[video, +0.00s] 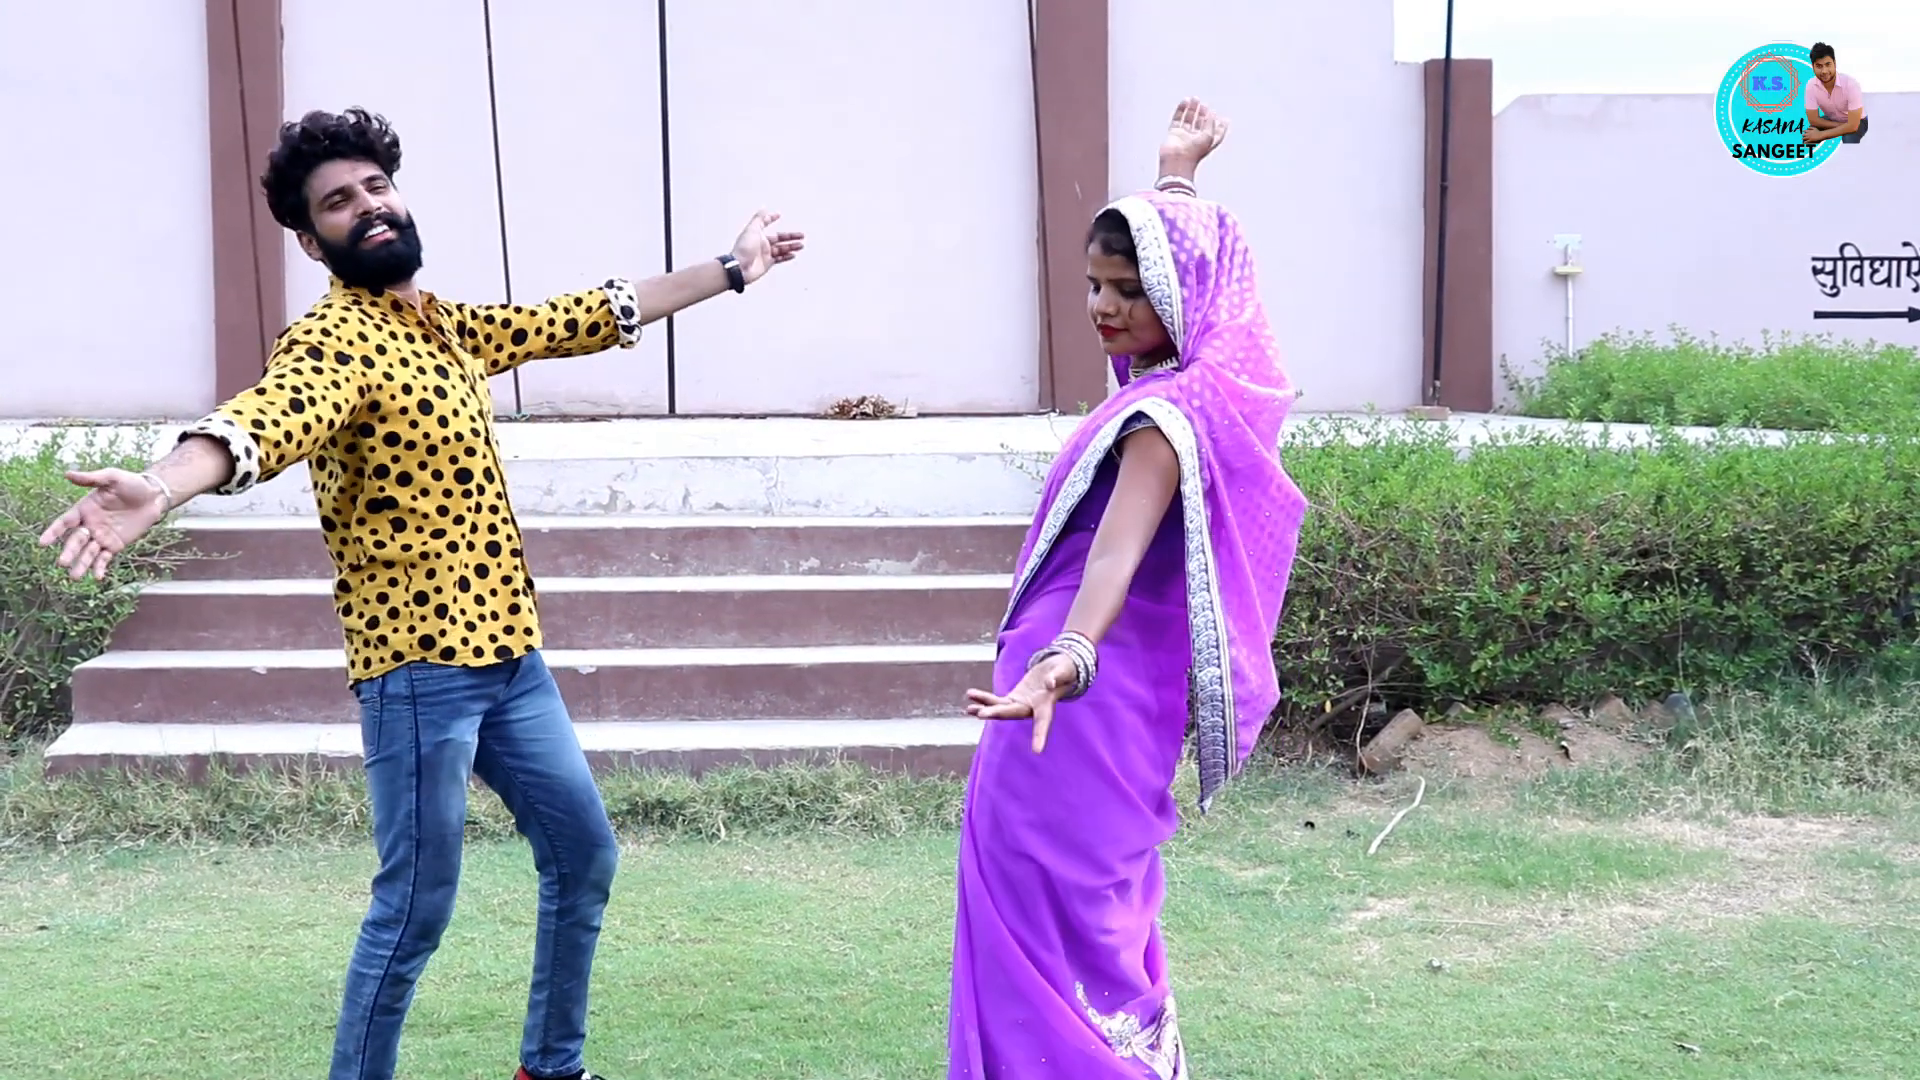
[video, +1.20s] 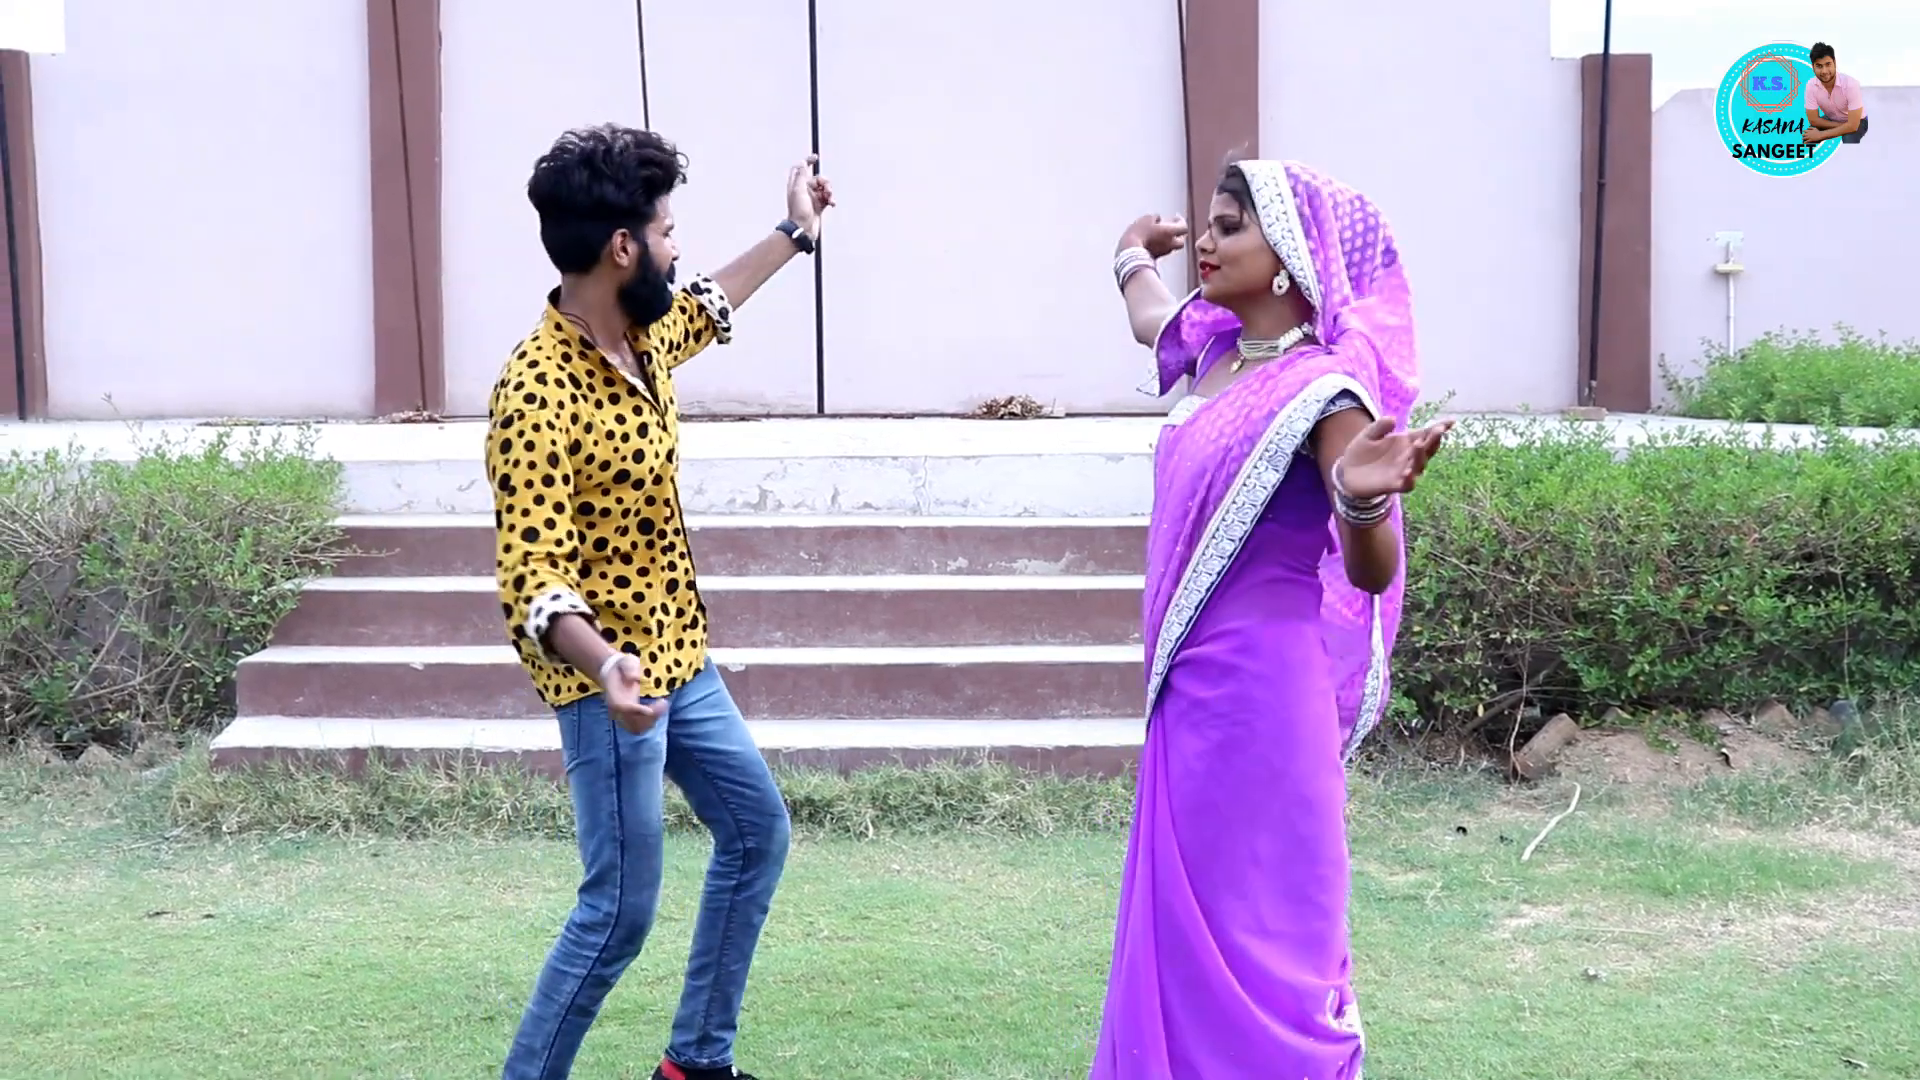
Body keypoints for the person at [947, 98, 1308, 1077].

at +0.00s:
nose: (1104, 308)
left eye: (1127, 291)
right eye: (1097, 286)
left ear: (1186, 300)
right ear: (1089, 281)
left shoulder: (1159, 416)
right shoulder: (1199, 388)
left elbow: (1117, 556)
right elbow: (1183, 287)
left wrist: (1066, 649)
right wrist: (1176, 172)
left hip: (1075, 718)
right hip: (1120, 711)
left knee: (1033, 960)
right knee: (1109, 949)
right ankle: (1133, 1061)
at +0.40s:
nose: (1091, 286)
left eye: (1113, 265)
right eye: (1088, 264)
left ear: (1175, 276)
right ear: (1195, 278)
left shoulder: (1153, 398)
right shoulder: (1236, 379)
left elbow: (1114, 548)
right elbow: (1211, 267)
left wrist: (1048, 669)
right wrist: (1163, 177)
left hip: (1120, 725)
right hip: (1194, 725)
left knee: (983, 921)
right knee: (1176, 962)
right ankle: (1175, 1064)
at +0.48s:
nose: (1108, 290)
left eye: (1129, 269)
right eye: (1104, 268)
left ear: (1196, 278)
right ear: (1206, 286)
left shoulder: (1170, 405)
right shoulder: (1259, 395)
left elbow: (1128, 566)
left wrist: (1046, 694)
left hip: (1138, 726)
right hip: (1211, 725)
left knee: (1044, 955)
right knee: (1186, 958)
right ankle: (1187, 1063)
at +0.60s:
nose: (1123, 281)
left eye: (1144, 262)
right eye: (1121, 260)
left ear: (1208, 275)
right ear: (1226, 278)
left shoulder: (1189, 405)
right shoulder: (1266, 384)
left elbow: (1149, 561)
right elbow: (1256, 265)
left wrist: (1069, 686)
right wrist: (1205, 181)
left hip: (1148, 714)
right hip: (1213, 712)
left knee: (1078, 963)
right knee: (1189, 959)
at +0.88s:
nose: (1197, 275)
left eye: (1220, 258)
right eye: (1193, 257)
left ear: (1282, 275)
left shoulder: (1263, 403)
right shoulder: (1300, 372)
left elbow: (1230, 555)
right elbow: (1207, 317)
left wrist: (1186, 662)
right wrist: (1188, 207)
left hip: (1216, 717)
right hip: (1263, 711)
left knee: (1086, 928)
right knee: (1244, 953)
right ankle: (1259, 1062)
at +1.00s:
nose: (1207, 259)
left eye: (1231, 245)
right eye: (1206, 240)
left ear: (1296, 267)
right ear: (1200, 244)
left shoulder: (1296, 390)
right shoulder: (1262, 368)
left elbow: (1287, 543)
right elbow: (1199, 318)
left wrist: (1253, 606)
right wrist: (1184, 210)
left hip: (1231, 711)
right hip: (1196, 698)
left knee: (1204, 955)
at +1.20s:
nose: (1205, 243)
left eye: (1229, 225)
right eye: (1208, 227)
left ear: (1294, 252)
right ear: (1252, 261)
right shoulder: (1220, 356)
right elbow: (1160, 321)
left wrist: (1365, 504)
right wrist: (1134, 259)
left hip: (1271, 690)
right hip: (1189, 684)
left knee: (1268, 946)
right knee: (1171, 932)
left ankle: (1296, 1064)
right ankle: (1172, 1066)